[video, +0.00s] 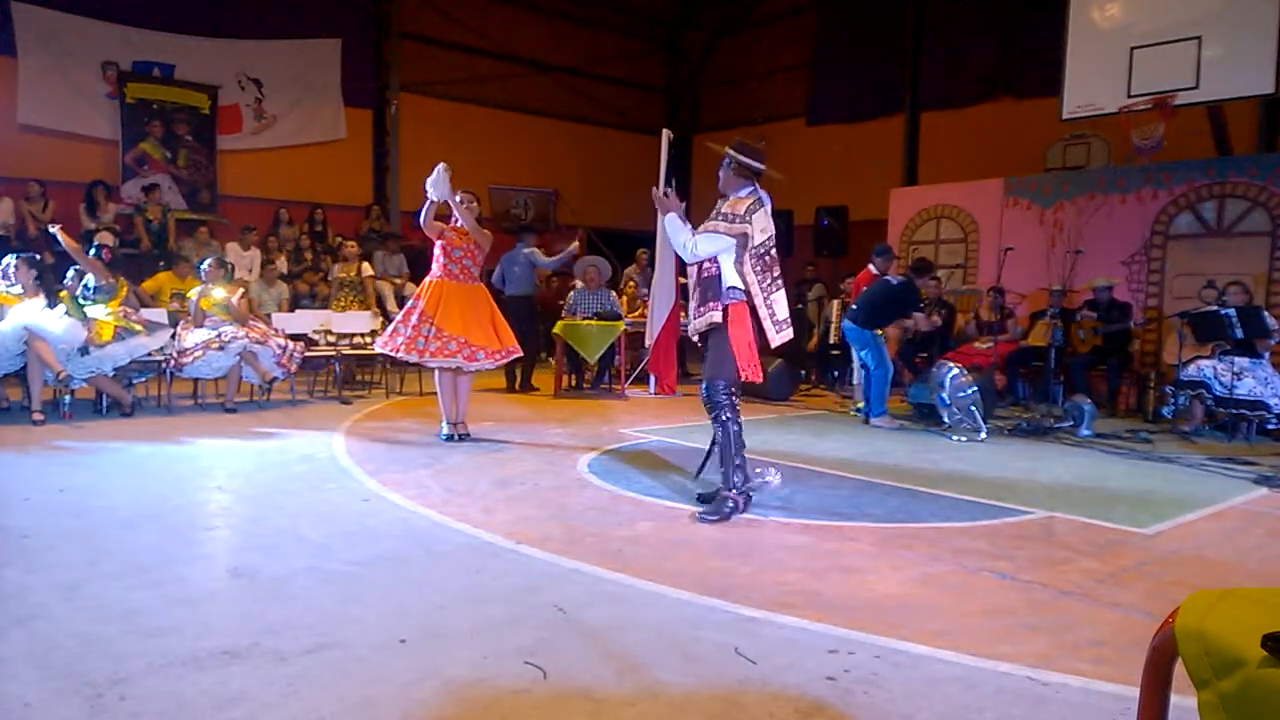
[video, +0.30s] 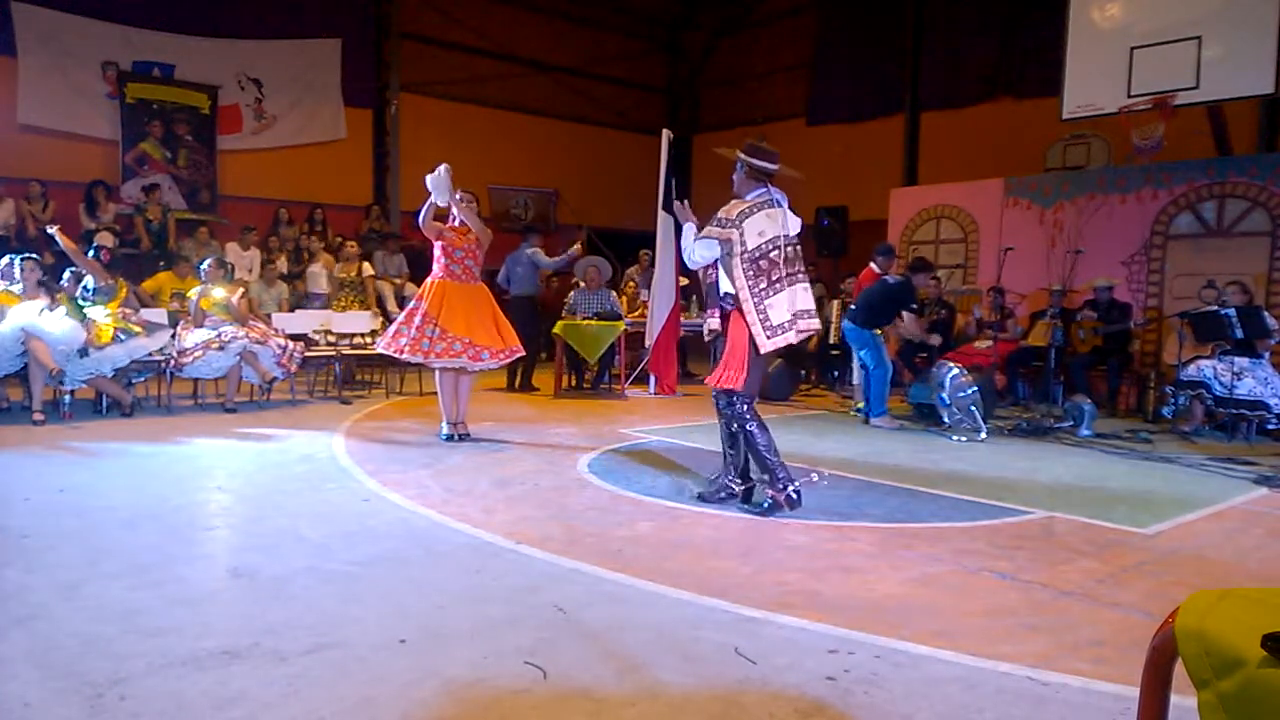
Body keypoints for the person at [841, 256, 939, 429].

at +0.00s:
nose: (929, 283)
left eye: (930, 279)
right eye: (930, 279)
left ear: (911, 271)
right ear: (924, 277)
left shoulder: (894, 280)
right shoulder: (910, 289)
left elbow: (892, 319)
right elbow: (923, 325)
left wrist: (916, 323)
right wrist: (935, 322)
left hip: (852, 323)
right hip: (864, 328)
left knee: (871, 368)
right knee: (883, 368)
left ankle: (871, 410)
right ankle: (879, 414)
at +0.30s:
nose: (928, 283)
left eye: (929, 278)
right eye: (928, 278)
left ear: (911, 271)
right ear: (920, 275)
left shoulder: (894, 281)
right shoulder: (907, 289)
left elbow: (899, 325)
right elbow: (910, 326)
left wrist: (920, 337)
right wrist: (928, 338)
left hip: (853, 323)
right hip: (863, 328)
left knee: (872, 367)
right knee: (882, 368)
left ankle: (871, 411)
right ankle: (879, 414)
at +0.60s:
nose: (930, 289)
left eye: (932, 285)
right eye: (930, 285)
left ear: (917, 278)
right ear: (921, 279)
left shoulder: (898, 284)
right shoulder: (905, 290)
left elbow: (888, 325)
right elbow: (897, 327)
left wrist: (902, 349)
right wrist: (910, 354)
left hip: (856, 323)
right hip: (861, 326)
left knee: (871, 367)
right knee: (878, 366)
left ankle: (871, 410)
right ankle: (878, 414)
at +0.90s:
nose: (930, 291)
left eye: (932, 286)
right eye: (930, 285)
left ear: (917, 278)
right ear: (920, 280)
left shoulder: (900, 287)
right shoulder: (903, 290)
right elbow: (895, 327)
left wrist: (927, 344)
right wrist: (908, 357)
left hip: (855, 322)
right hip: (859, 325)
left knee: (870, 367)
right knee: (877, 366)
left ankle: (869, 410)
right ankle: (877, 413)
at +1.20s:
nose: (926, 292)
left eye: (928, 288)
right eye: (926, 287)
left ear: (914, 279)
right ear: (916, 280)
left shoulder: (894, 283)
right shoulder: (902, 291)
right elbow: (904, 330)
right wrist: (921, 358)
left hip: (847, 323)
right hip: (856, 327)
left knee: (866, 368)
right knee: (870, 369)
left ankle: (868, 408)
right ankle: (862, 414)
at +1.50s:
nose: (920, 292)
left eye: (923, 288)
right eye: (920, 287)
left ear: (907, 278)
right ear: (911, 280)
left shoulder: (886, 280)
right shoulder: (900, 292)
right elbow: (902, 330)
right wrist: (920, 359)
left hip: (842, 317)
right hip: (854, 325)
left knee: (849, 369)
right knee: (863, 371)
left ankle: (845, 409)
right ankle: (858, 415)